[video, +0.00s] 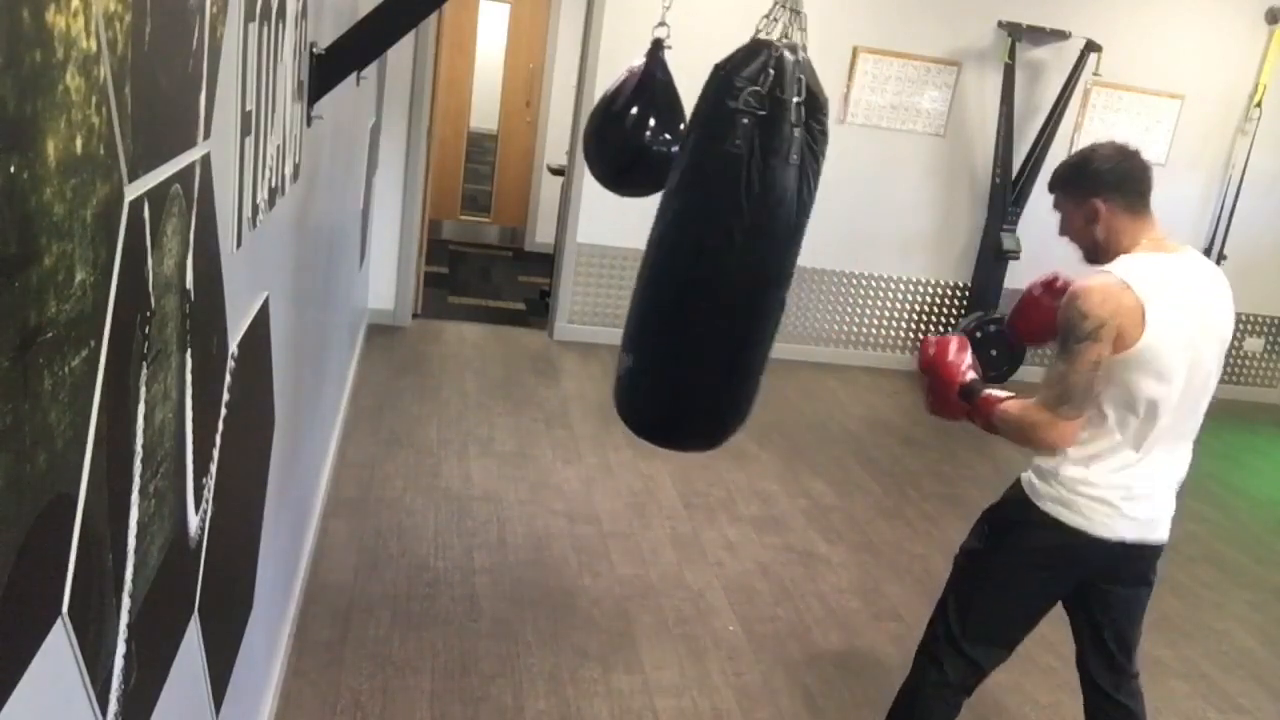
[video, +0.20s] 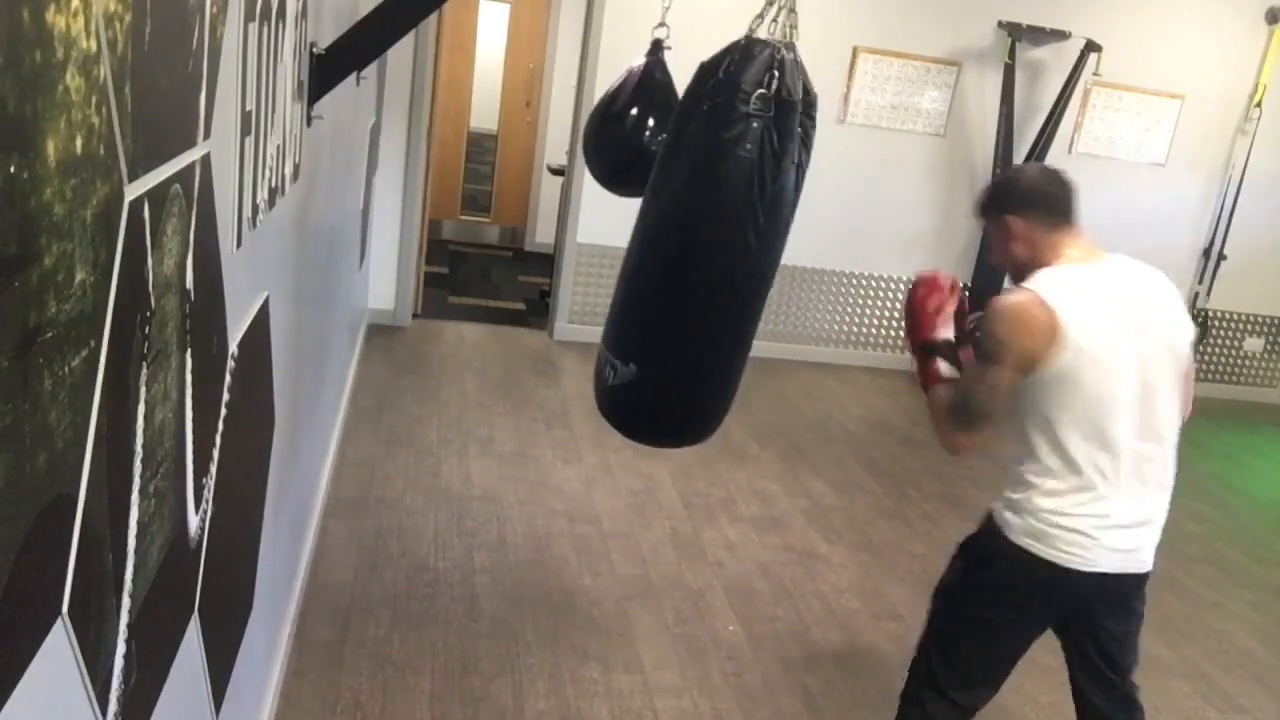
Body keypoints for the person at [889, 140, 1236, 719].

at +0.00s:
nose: (1062, 229)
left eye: (1064, 213)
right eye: (1060, 214)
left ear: (1099, 210)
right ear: (1136, 200)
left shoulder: (1100, 298)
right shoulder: (1212, 284)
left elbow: (1052, 430)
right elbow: (1146, 376)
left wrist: (971, 396)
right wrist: (1071, 320)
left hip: (1054, 520)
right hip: (1140, 533)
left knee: (948, 663)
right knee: (1115, 687)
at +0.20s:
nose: (997, 255)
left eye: (996, 239)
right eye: (994, 240)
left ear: (1017, 230)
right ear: (1068, 219)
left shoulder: (1024, 309)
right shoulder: (1159, 291)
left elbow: (958, 433)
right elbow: (1181, 407)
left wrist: (931, 348)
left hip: (1032, 548)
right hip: (1125, 560)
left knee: (938, 696)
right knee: (1112, 704)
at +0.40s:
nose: (959, 233)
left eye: (958, 218)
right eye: (957, 218)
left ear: (974, 210)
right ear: (1040, 201)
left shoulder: (959, 294)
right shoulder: (1139, 284)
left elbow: (900, 407)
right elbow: (1163, 417)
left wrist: (920, 311)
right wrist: (1084, 374)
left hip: (985, 563)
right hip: (1100, 576)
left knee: (919, 708)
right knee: (1084, 714)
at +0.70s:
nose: (1019, 217)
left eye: (1022, 204)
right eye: (1024, 204)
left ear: (1032, 208)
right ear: (1112, 219)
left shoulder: (969, 303)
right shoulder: (1178, 335)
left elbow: (886, 450)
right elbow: (1183, 492)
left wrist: (949, 403)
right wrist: (1098, 465)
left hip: (938, 604)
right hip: (1063, 635)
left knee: (898, 711)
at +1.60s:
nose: (978, 237)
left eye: (979, 221)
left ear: (994, 227)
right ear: (1085, 234)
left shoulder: (936, 317)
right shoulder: (1156, 357)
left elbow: (832, 471)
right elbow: (1138, 510)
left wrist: (867, 373)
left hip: (883, 661)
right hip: (1025, 688)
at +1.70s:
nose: (928, 238)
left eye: (930, 224)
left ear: (944, 230)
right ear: (1031, 229)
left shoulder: (893, 318)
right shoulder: (1105, 353)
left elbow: (816, 476)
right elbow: (1084, 506)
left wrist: (834, 370)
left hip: (851, 655)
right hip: (989, 683)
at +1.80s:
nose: (886, 229)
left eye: (887, 215)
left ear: (896, 219)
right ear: (985, 220)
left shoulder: (850, 302)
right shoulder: (1055, 330)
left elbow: (784, 449)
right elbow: (1045, 483)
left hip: (822, 612)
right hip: (949, 640)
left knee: (765, 712)